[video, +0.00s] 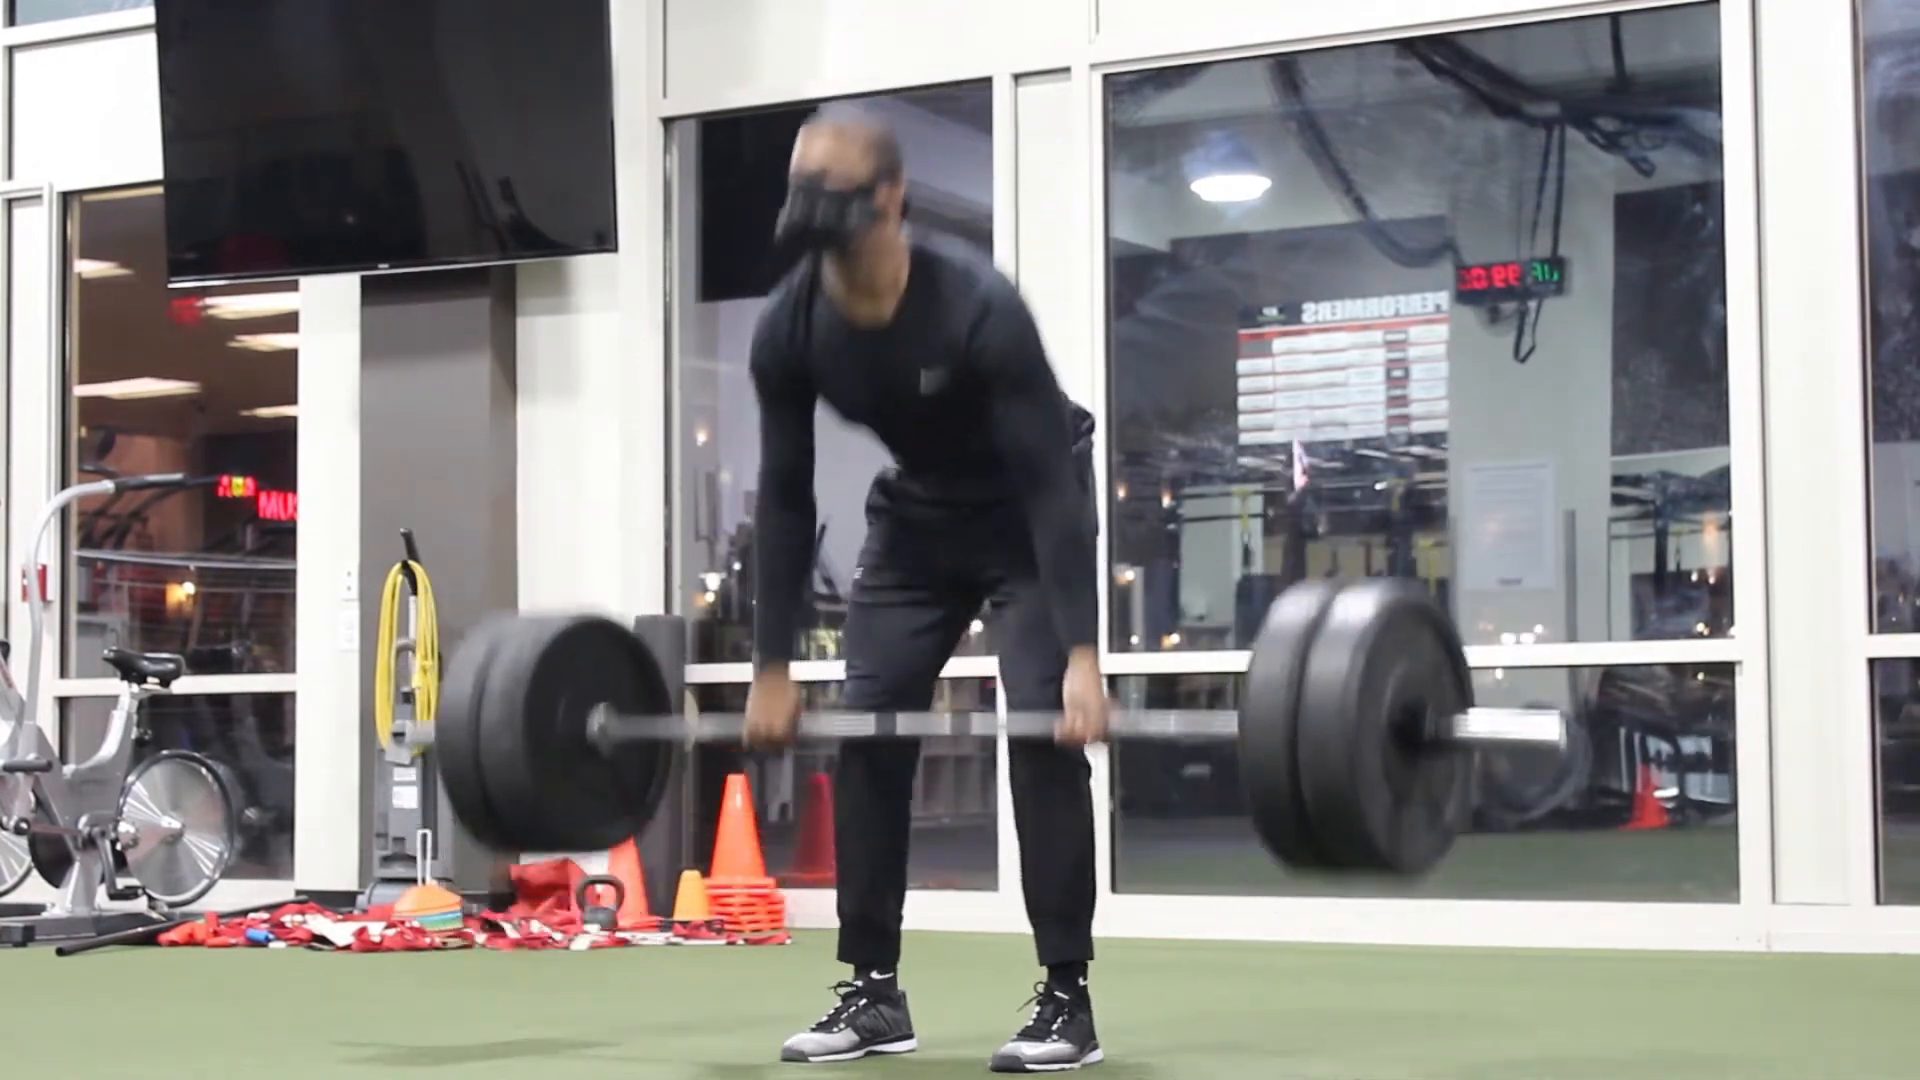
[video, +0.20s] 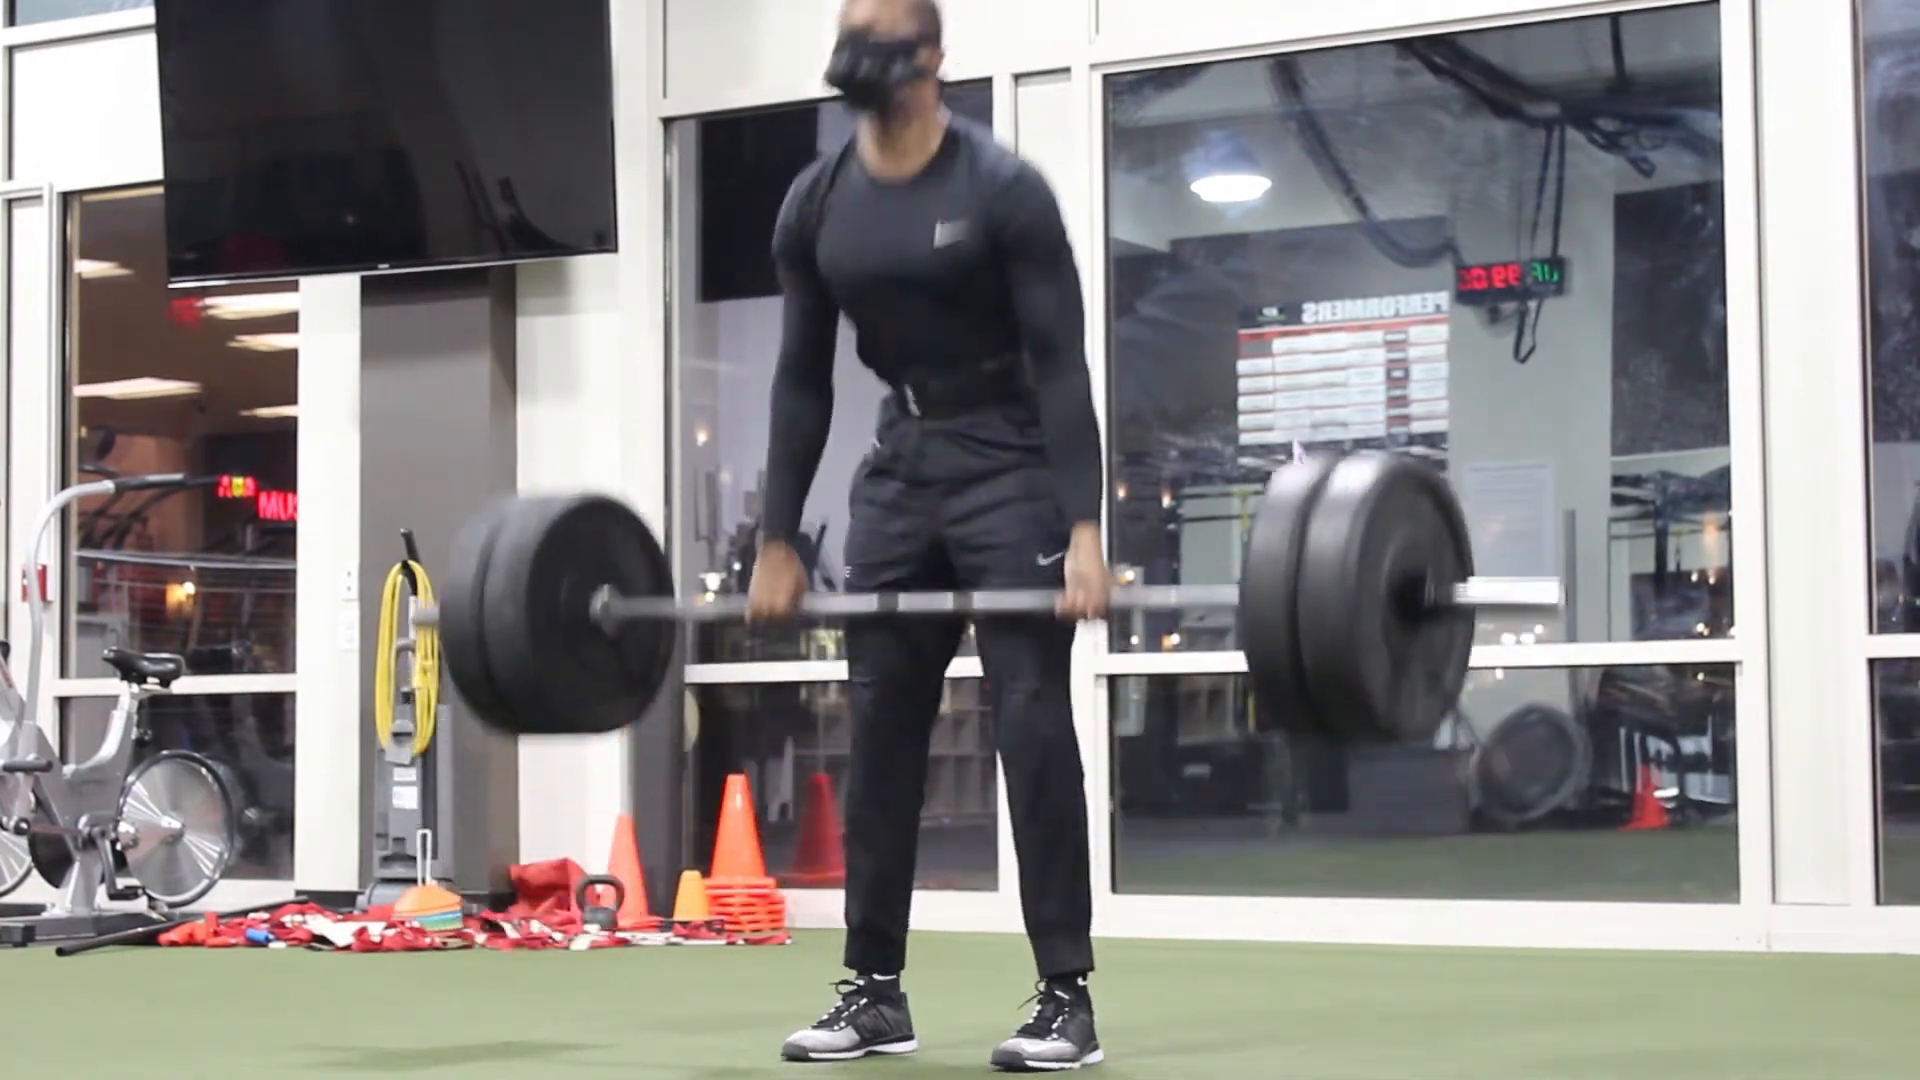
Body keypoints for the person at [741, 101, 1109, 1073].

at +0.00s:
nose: (806, 206)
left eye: (830, 190)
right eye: (799, 187)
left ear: (889, 197)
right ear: (788, 191)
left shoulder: (980, 308)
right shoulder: (789, 328)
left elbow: (1051, 479)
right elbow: (785, 497)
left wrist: (1082, 656)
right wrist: (775, 665)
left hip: (1034, 502)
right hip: (919, 509)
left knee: (1041, 733)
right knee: (868, 725)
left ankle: (1065, 998)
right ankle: (873, 992)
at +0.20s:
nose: (862, 49)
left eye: (885, 31)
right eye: (853, 34)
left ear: (934, 54)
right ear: (840, 59)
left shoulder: (1006, 189)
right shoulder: (815, 203)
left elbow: (1061, 365)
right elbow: (801, 379)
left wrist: (1086, 527)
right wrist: (779, 534)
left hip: (1014, 461)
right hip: (899, 463)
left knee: (1031, 729)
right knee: (882, 731)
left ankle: (1064, 998)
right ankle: (875, 992)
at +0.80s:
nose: (821, 284)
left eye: (844, 267)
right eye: (813, 265)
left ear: (904, 280)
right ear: (801, 271)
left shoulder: (993, 384)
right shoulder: (806, 407)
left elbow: (1056, 574)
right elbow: (792, 582)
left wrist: (1078, 756)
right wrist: (767, 755)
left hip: (1053, 531)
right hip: (940, 543)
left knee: (1039, 728)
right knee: (856, 725)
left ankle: (1065, 1002)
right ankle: (872, 995)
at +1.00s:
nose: (797, 418)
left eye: (818, 401)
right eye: (788, 401)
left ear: (882, 414)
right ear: (777, 406)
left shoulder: (983, 496)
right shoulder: (785, 517)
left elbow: (1060, 672)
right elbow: (782, 685)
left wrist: (1087, 858)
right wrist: (770, 858)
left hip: (1054, 572)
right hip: (932, 597)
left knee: (1007, 734)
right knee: (829, 740)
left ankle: (1062, 1005)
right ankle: (871, 998)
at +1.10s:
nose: (787, 373)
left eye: (809, 357)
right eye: (780, 356)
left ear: (875, 365)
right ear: (772, 359)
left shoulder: (979, 462)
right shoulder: (780, 478)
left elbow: (1048, 644)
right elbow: (782, 649)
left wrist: (1085, 824)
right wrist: (771, 823)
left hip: (1052, 545)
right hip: (938, 566)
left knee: (1012, 734)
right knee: (838, 738)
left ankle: (1062, 1001)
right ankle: (871, 998)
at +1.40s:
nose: (807, 225)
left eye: (829, 208)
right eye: (799, 205)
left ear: (889, 213)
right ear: (790, 210)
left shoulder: (983, 319)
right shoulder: (791, 345)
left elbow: (1056, 491)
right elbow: (788, 511)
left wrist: (1085, 665)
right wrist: (776, 675)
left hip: (1039, 501)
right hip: (926, 506)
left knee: (1044, 735)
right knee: (874, 730)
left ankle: (1066, 997)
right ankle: (874, 994)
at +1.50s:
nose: (823, 155)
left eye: (845, 137)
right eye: (814, 137)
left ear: (906, 142)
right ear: (806, 141)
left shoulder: (992, 261)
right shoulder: (800, 276)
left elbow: (1061, 428)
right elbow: (791, 443)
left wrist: (1085, 590)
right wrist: (779, 604)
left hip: (1028, 502)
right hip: (912, 501)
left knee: (1036, 717)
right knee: (881, 719)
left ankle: (1066, 997)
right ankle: (874, 993)